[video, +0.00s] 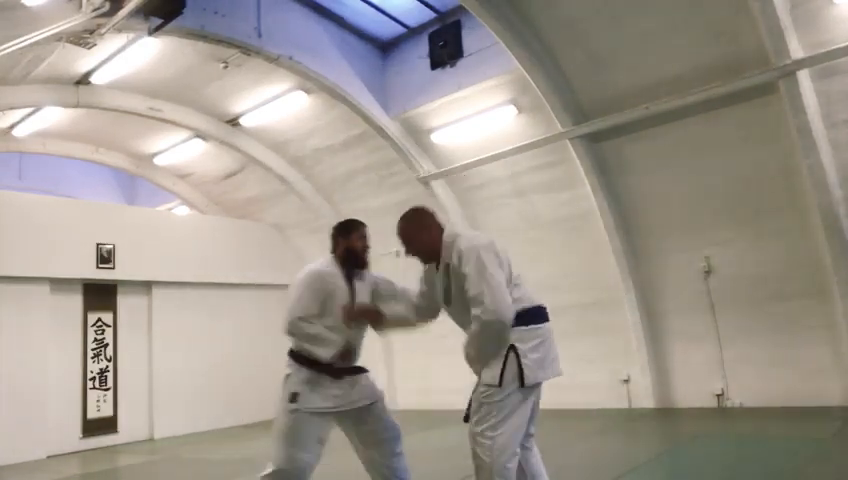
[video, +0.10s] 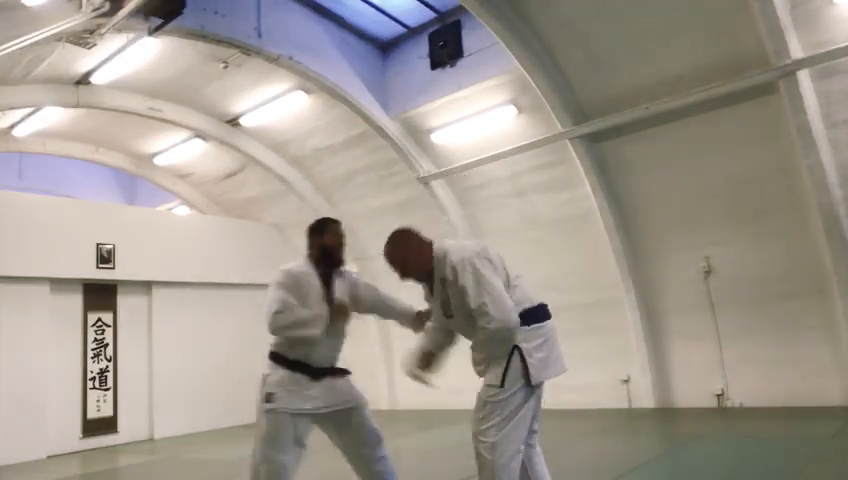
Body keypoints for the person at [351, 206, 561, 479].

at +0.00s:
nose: (408, 252)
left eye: (409, 243)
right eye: (405, 245)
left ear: (428, 231)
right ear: (431, 231)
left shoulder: (472, 249)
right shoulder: (436, 266)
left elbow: (497, 314)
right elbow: (423, 310)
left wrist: (475, 355)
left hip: (522, 340)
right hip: (505, 341)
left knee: (487, 434)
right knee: (518, 440)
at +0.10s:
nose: (404, 277)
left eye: (403, 268)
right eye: (399, 271)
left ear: (416, 252)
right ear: (418, 249)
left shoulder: (464, 259)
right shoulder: (437, 273)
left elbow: (502, 320)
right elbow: (444, 324)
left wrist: (481, 354)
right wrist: (427, 353)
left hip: (524, 342)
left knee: (491, 437)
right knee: (521, 440)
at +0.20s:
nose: (399, 295)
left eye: (397, 287)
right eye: (393, 290)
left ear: (409, 270)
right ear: (410, 266)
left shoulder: (456, 270)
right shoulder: (436, 285)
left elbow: (505, 325)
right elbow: (462, 337)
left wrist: (480, 361)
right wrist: (476, 368)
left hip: (526, 342)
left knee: (496, 438)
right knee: (521, 437)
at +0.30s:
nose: (396, 309)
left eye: (394, 302)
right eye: (390, 305)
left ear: (404, 286)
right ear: (406, 281)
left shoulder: (450, 282)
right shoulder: (429, 290)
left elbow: (507, 328)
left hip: (527, 343)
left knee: (499, 441)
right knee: (522, 440)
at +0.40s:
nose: (395, 328)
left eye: (390, 320)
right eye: (388, 324)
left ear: (398, 300)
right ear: (398, 297)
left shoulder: (443, 292)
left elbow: (505, 333)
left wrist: (496, 370)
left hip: (528, 343)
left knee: (499, 439)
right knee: (527, 437)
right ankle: (542, 478)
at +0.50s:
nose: (391, 337)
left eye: (385, 329)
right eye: (383, 333)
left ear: (394, 307)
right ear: (395, 304)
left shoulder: (438, 299)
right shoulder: (426, 306)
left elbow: (504, 336)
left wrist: (497, 374)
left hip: (527, 338)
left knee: (498, 439)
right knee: (528, 434)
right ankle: (543, 477)